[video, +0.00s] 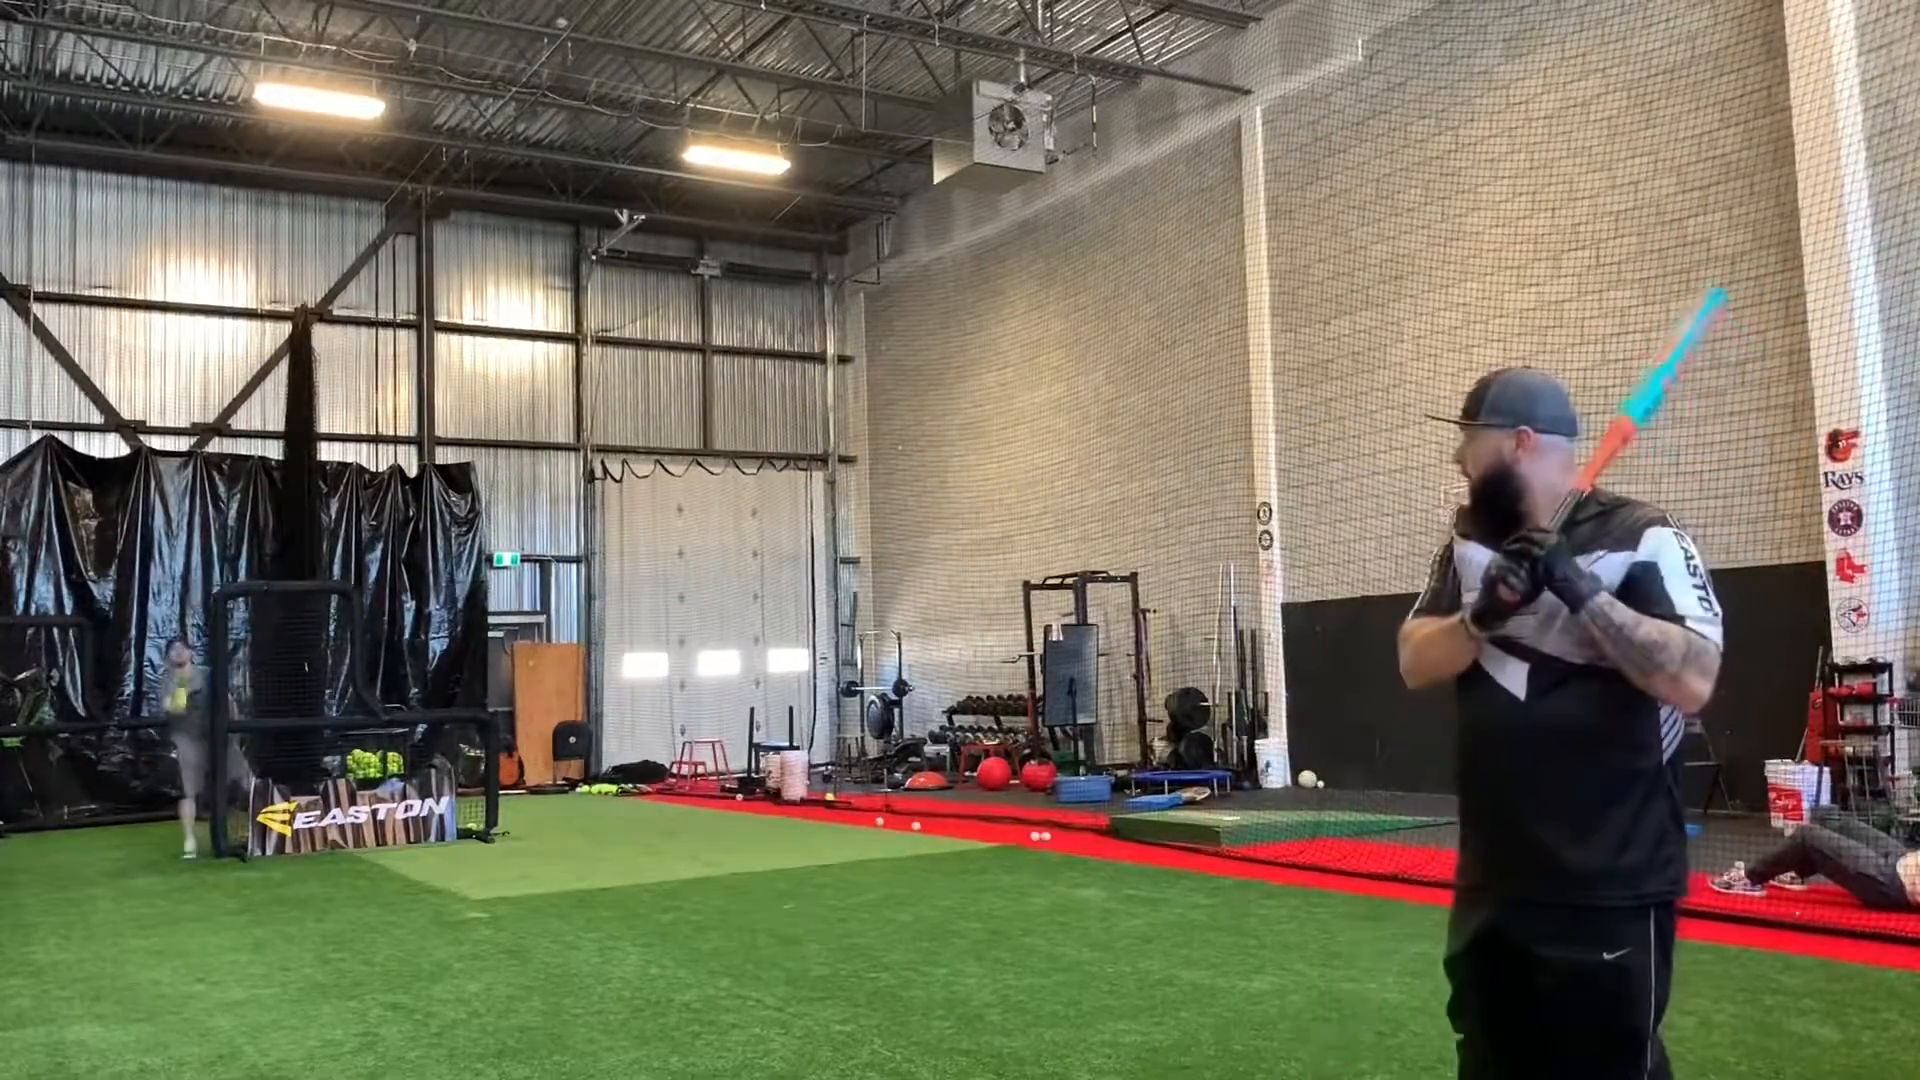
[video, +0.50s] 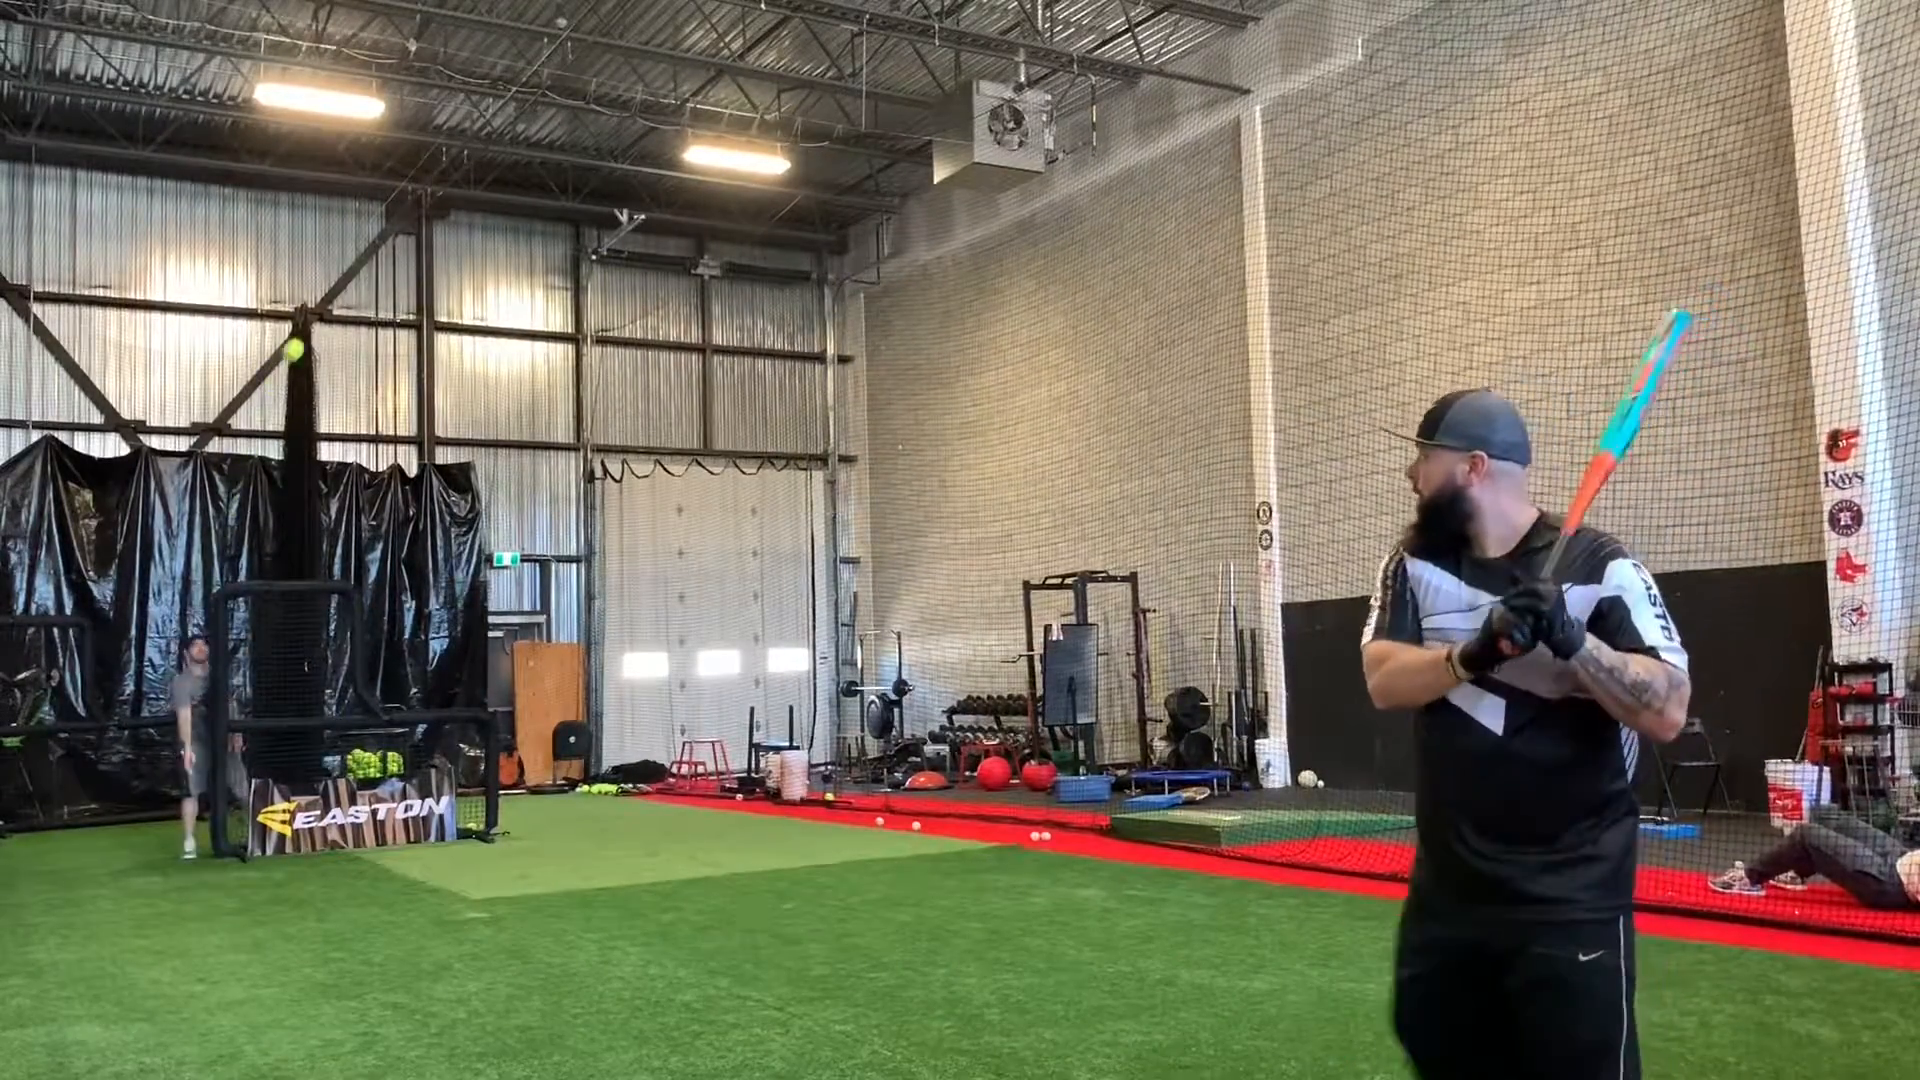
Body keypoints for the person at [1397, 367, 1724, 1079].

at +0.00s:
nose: (1459, 457)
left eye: (1469, 439)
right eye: (1461, 441)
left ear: (1522, 441)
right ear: (1519, 445)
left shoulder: (1645, 538)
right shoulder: (1470, 544)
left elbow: (1692, 681)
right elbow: (1415, 663)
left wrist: (1581, 590)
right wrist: (1479, 620)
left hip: (1609, 881)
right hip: (1493, 872)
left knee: (1610, 1059)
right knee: (1491, 1059)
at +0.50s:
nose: (1411, 475)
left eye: (1425, 458)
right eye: (1416, 458)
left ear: (1476, 465)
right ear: (1473, 467)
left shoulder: (1602, 567)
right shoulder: (1415, 566)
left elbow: (1667, 713)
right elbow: (1382, 682)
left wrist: (1575, 642)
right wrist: (1475, 653)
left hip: (1570, 901)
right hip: (1450, 890)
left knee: (1579, 1064)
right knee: (1440, 1050)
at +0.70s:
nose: (1372, 506)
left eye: (1383, 489)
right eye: (1375, 490)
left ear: (1431, 503)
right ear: (1428, 505)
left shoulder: (1566, 599)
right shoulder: (1373, 599)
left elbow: (1648, 733)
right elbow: (1369, 717)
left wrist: (1572, 708)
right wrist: (1465, 725)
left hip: (1532, 864)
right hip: (1406, 847)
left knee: (1558, 1058)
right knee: (1303, 946)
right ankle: (1343, 1070)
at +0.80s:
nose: (1340, 522)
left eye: (1351, 508)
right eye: (1343, 508)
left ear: (1398, 523)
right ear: (1395, 524)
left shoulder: (1528, 611)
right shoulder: (1340, 614)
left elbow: (1617, 738)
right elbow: (1346, 730)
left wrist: (1549, 723)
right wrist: (1448, 745)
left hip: (1505, 863)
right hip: (1379, 848)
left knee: (1536, 1056)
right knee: (1260, 926)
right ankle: (1273, 1070)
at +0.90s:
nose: (1299, 538)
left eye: (1311, 524)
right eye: (1303, 525)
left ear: (1356, 538)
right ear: (1352, 540)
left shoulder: (1478, 616)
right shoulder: (1302, 619)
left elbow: (1579, 733)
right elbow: (1312, 716)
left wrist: (1519, 697)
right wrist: (1428, 712)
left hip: (1467, 868)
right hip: (1347, 857)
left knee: (1511, 1052)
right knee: (1224, 946)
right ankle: (1210, 1070)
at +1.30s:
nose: (1204, 586)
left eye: (1206, 574)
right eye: (1204, 573)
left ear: (1224, 578)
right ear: (1284, 559)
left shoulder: (1197, 655)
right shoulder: (1352, 606)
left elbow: (1196, 741)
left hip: (1274, 892)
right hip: (1368, 881)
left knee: (1250, 1055)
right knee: (1218, 1034)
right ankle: (1191, 1069)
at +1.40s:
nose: (1185, 580)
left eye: (1185, 568)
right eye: (1183, 568)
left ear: (1199, 572)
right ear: (1264, 547)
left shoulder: (1186, 646)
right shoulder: (1347, 586)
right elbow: (1454, 642)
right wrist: (1535, 650)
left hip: (1273, 876)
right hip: (1371, 860)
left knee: (1266, 1049)